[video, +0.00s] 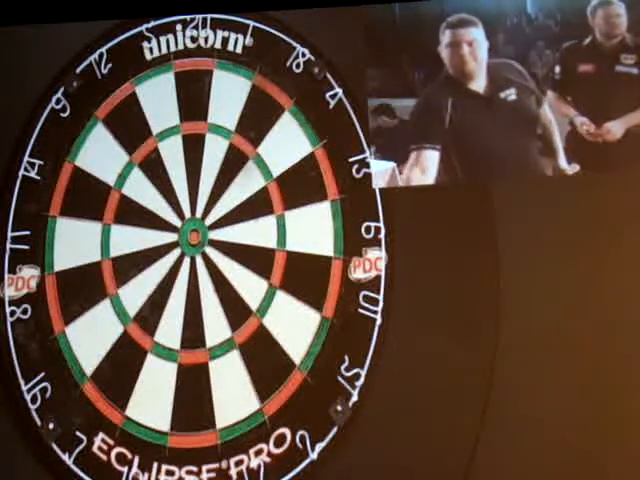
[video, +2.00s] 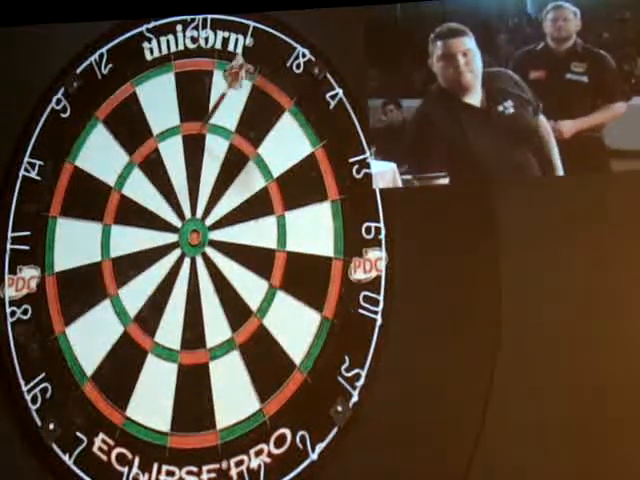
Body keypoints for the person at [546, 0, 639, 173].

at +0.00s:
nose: (613, 22)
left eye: (618, 16)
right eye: (607, 17)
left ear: (627, 19)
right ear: (592, 21)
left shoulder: (636, 52)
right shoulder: (571, 53)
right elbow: (553, 96)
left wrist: (622, 124)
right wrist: (576, 118)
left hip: (627, 163)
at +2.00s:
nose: (559, 24)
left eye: (565, 19)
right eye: (553, 20)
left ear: (578, 24)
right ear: (544, 26)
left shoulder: (598, 61)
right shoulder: (524, 59)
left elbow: (619, 106)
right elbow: (511, 104)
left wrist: (575, 125)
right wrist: (539, 126)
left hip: (585, 155)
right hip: (536, 153)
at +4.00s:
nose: (580, 36)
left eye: (586, 29)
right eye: (577, 30)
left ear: (607, 27)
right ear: (572, 31)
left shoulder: (632, 60)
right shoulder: (570, 62)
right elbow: (533, 90)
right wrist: (557, 56)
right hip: (576, 160)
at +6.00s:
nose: (597, 30)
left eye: (604, 25)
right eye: (591, 25)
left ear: (622, 27)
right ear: (585, 29)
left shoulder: (635, 64)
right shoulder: (566, 63)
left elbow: (636, 119)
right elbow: (551, 108)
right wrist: (554, 143)